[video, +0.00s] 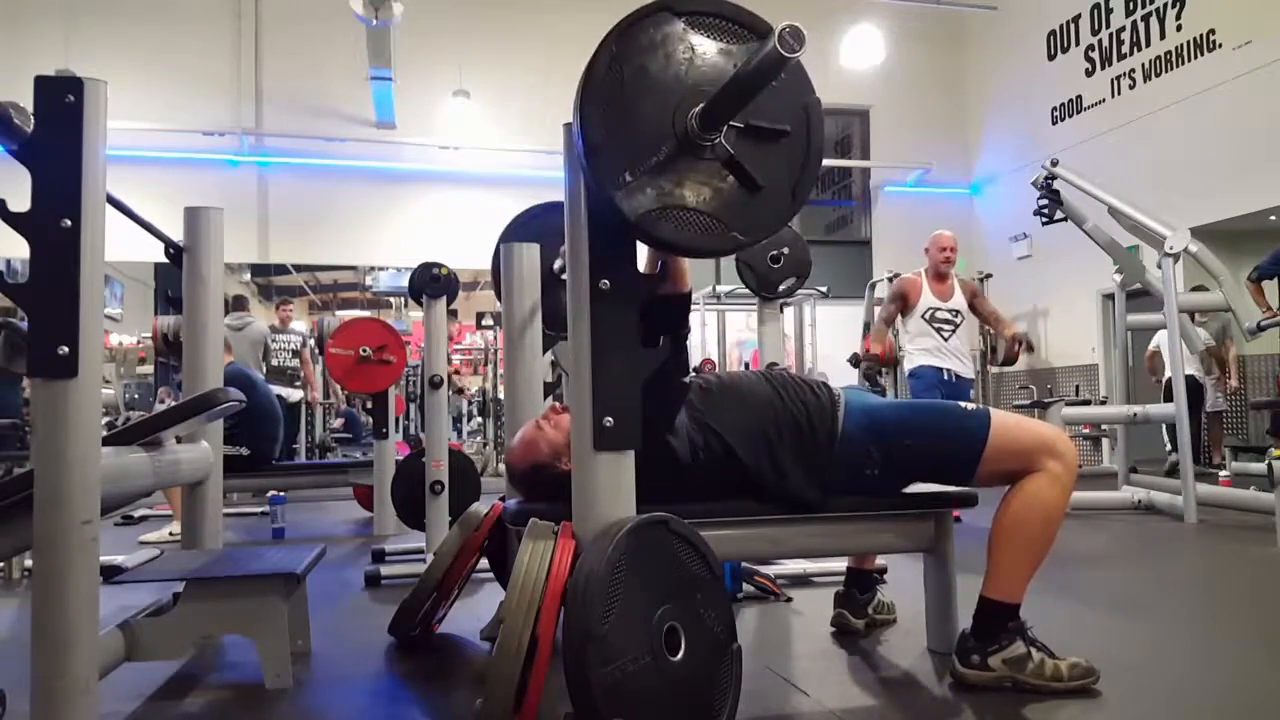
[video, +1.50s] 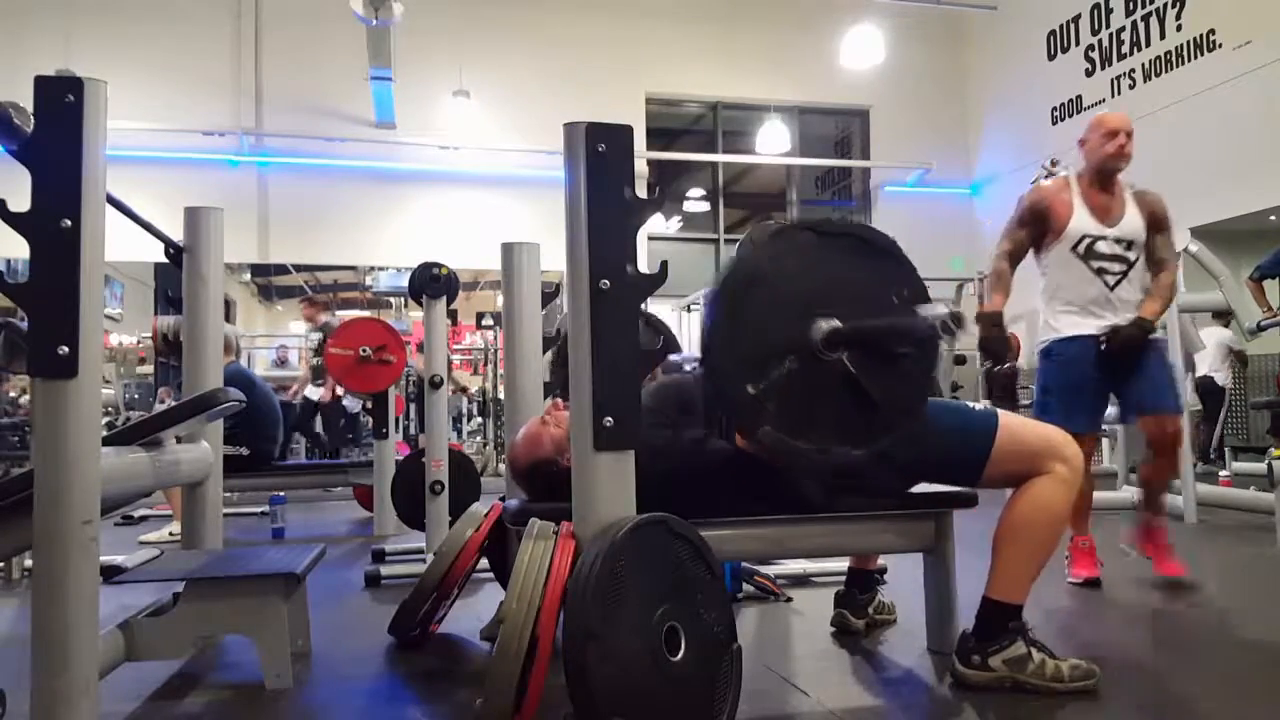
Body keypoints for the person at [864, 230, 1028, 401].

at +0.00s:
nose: (948, 256)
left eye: (953, 250)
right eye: (942, 250)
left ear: (957, 253)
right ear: (927, 253)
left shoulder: (968, 288)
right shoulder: (907, 285)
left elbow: (993, 318)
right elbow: (883, 323)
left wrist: (1011, 334)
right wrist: (874, 354)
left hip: (961, 366)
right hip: (923, 363)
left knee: (960, 428)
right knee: (930, 425)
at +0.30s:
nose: (971, 260)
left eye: (975, 254)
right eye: (966, 252)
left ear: (979, 253)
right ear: (948, 245)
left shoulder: (981, 283)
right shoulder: (922, 278)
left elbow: (1006, 316)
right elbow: (896, 324)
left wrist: (1037, 338)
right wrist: (894, 367)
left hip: (979, 372)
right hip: (941, 370)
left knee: (976, 445)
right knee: (951, 444)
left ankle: (958, 509)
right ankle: (954, 510)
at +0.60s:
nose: (998, 253)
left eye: (1004, 247)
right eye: (993, 245)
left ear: (1011, 241)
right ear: (976, 231)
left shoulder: (1010, 267)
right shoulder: (945, 259)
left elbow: (1017, 312)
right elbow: (911, 300)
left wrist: (1033, 357)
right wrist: (913, 348)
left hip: (1005, 364)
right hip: (955, 364)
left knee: (1020, 440)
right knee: (956, 440)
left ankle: (1032, 512)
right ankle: (958, 510)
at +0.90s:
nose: (1039, 234)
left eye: (1046, 227)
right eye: (1032, 225)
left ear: (1052, 222)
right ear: (1014, 213)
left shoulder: (1058, 252)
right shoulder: (980, 245)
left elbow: (1088, 294)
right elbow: (941, 290)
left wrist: (1116, 325)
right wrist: (938, 322)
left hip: (1051, 355)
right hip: (998, 354)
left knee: (1058, 443)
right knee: (1002, 439)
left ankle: (1054, 525)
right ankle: (987, 495)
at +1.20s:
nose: (1073, 191)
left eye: (1080, 184)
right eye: (1064, 183)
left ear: (1085, 191)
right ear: (1040, 186)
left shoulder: (1099, 233)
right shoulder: (1011, 233)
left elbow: (1141, 271)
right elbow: (971, 282)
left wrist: (1157, 291)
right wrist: (959, 330)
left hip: (1089, 353)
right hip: (1039, 350)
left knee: (1074, 446)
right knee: (1054, 445)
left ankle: (1052, 528)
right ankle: (1059, 532)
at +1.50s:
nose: (1123, 145)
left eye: (1128, 137)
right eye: (1112, 136)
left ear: (1133, 147)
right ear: (1084, 145)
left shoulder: (1148, 206)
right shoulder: (1047, 199)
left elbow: (1166, 273)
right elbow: (1004, 259)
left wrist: (1141, 324)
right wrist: (991, 321)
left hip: (1133, 336)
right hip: (1069, 340)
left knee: (1167, 432)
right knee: (1077, 449)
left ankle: (1150, 528)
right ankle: (1081, 541)